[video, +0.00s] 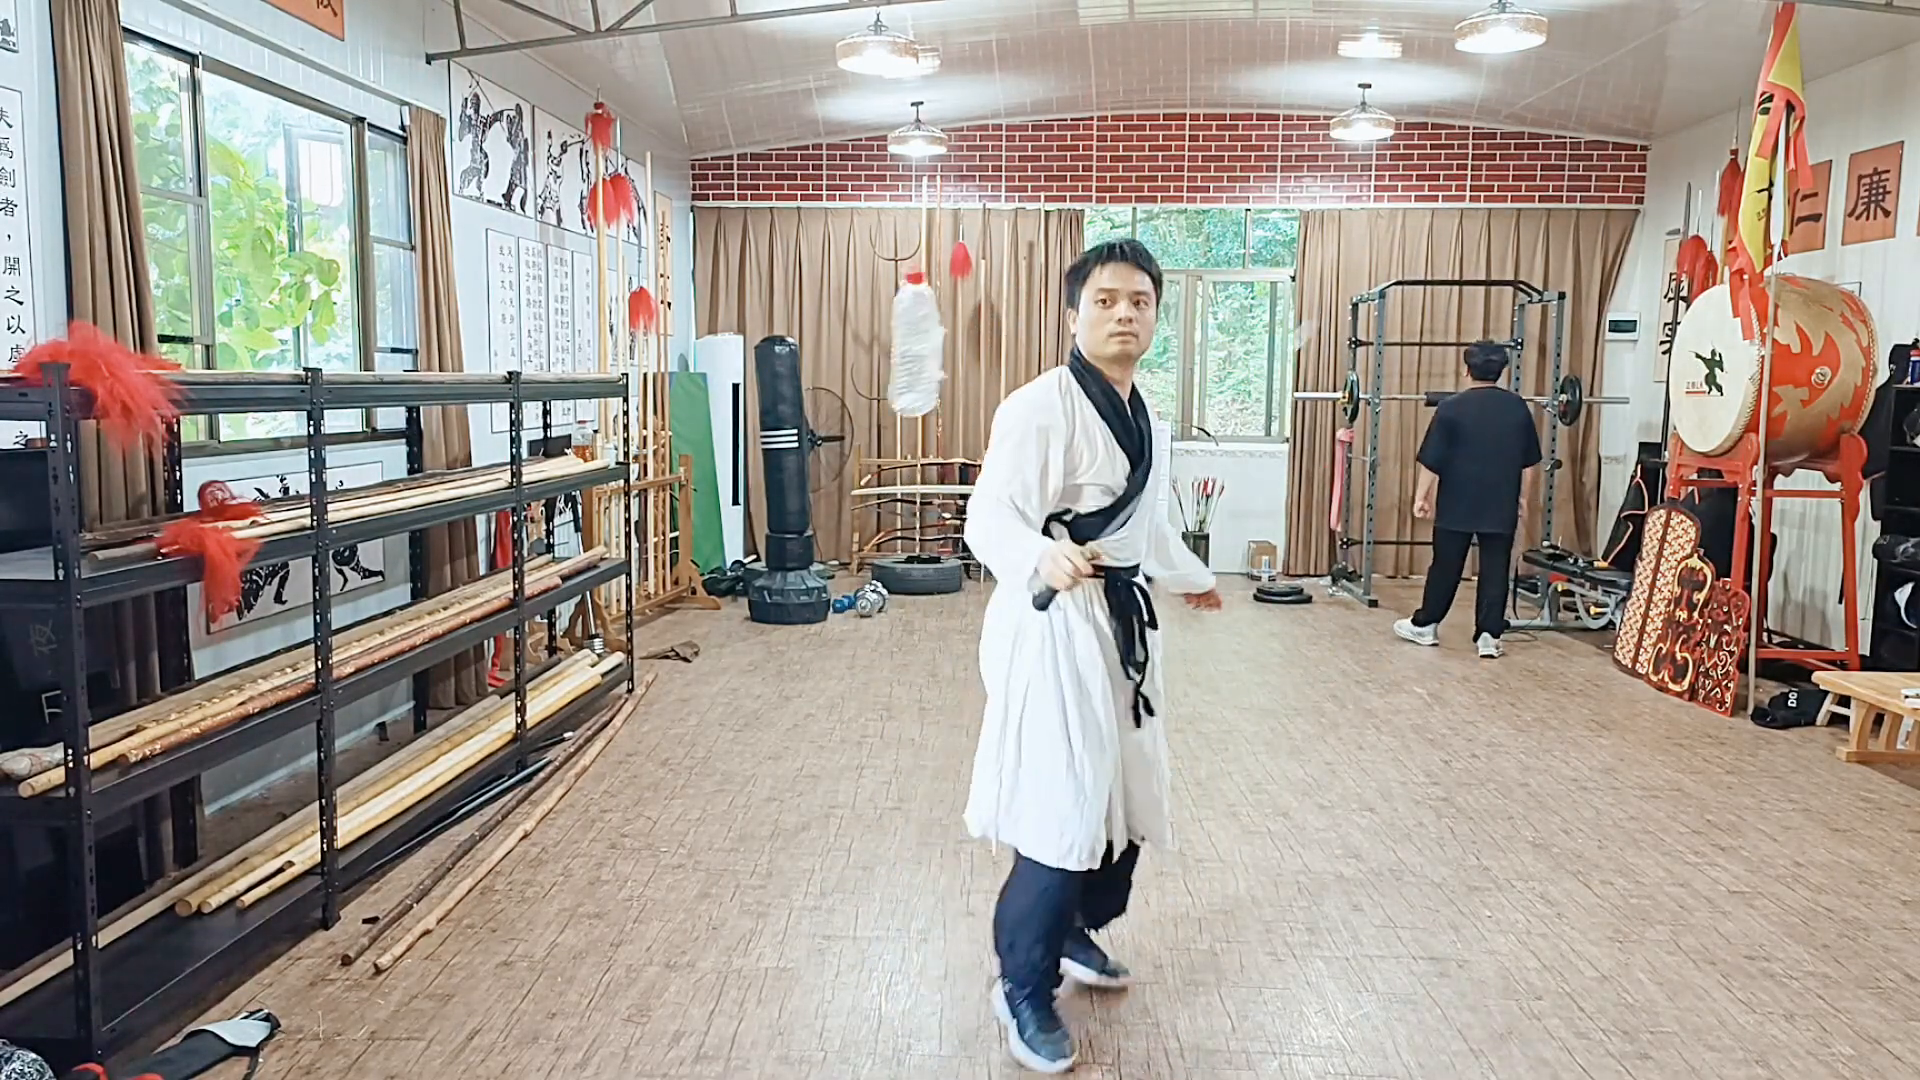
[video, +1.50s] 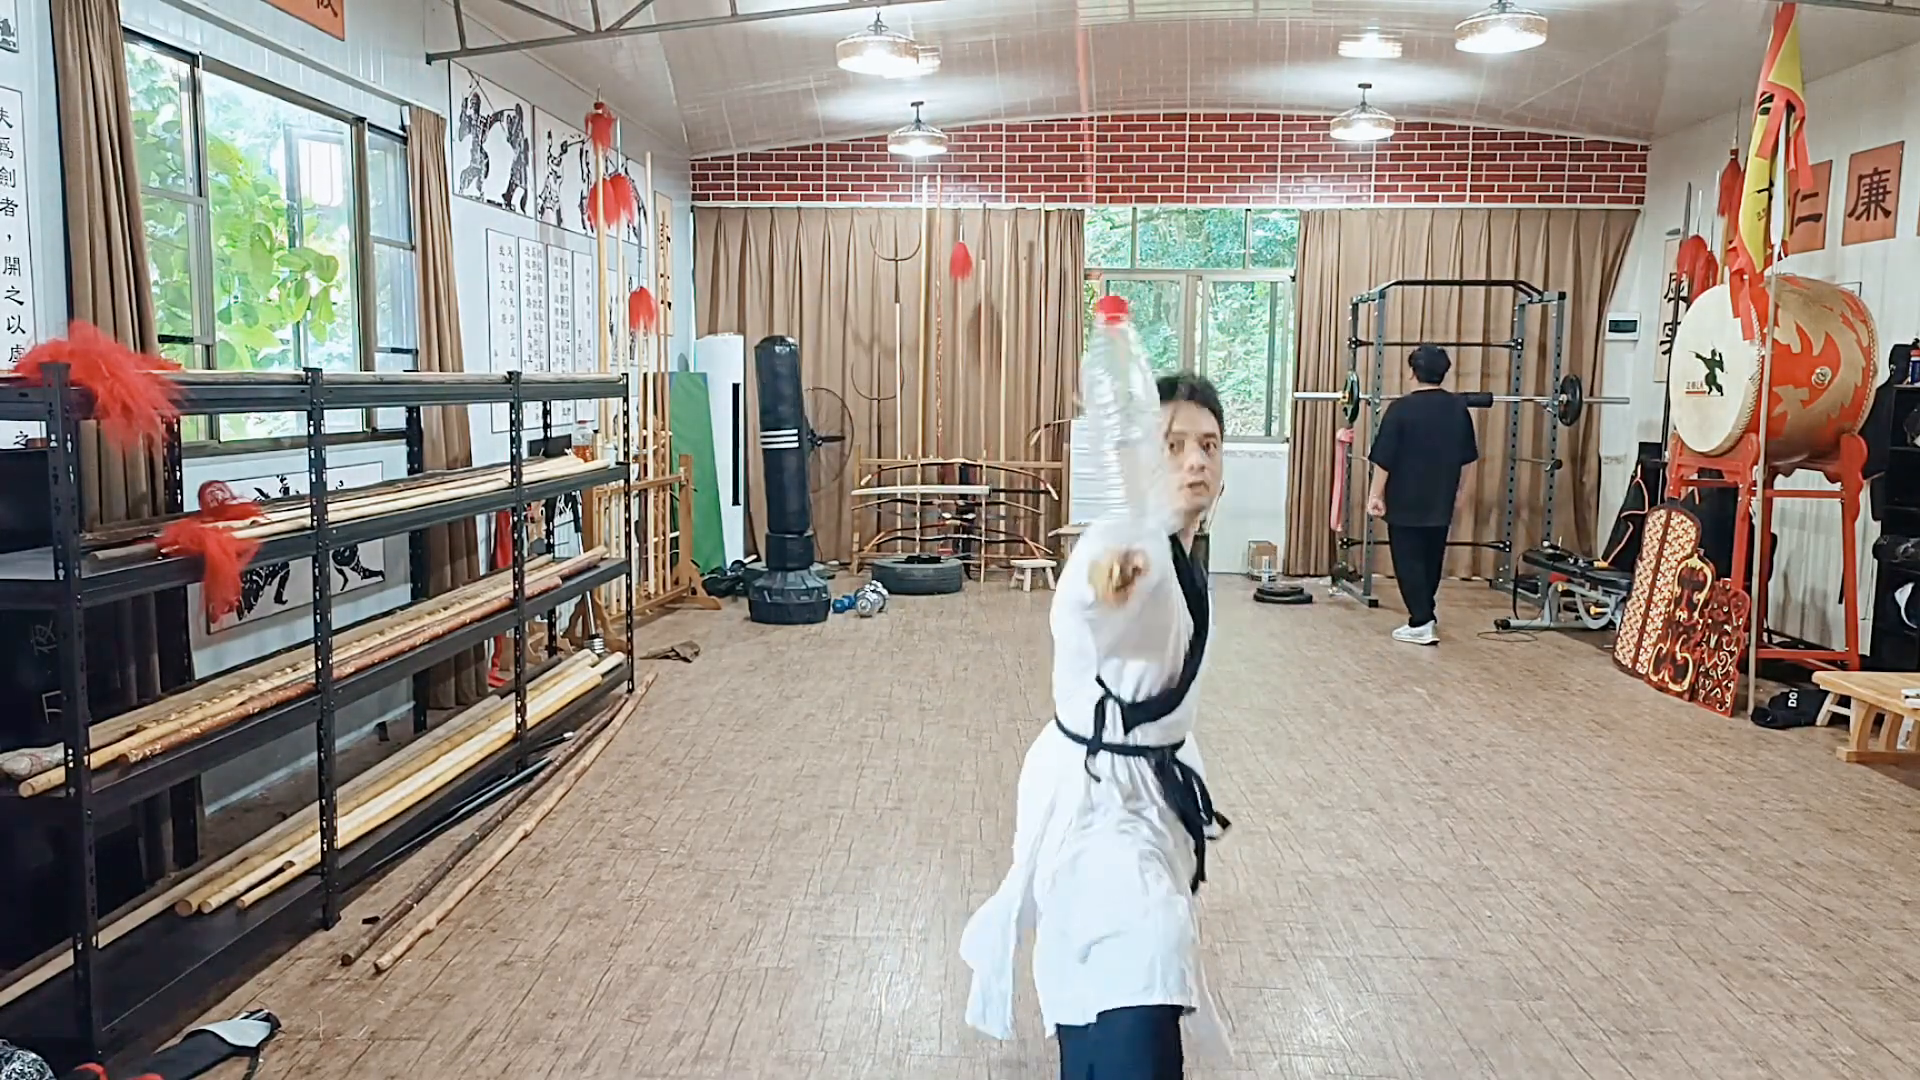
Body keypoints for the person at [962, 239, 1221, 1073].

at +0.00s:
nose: (1126, 314)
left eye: (1140, 301)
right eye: (1108, 300)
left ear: (1157, 316)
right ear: (1075, 313)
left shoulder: (1147, 416)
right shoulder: (1040, 406)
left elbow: (1151, 522)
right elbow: (989, 517)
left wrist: (1189, 578)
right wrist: (1041, 555)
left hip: (1122, 621)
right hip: (1051, 625)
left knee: (1126, 785)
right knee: (1063, 804)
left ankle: (1072, 927)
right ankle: (1024, 982)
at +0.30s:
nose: (1120, 376)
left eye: (1135, 362)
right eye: (1103, 361)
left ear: (1153, 376)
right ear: (1074, 373)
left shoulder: (1148, 458)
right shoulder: (1037, 463)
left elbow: (1150, 567)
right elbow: (996, 568)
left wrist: (1184, 640)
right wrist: (1016, 614)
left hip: (1124, 658)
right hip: (1055, 660)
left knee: (1117, 810)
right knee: (1080, 821)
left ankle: (1053, 934)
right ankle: (1040, 987)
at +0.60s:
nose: (1123, 369)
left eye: (1138, 355)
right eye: (1107, 354)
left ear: (1155, 369)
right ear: (1078, 363)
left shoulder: (1149, 449)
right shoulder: (1040, 448)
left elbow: (1202, 533)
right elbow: (998, 548)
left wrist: (1295, 561)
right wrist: (1028, 586)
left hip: (1112, 634)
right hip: (1048, 638)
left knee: (1104, 787)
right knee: (1075, 811)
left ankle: (1073, 915)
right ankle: (1034, 985)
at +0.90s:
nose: (1130, 378)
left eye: (1144, 364)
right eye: (1113, 364)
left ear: (1161, 377)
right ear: (1083, 377)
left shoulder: (1156, 464)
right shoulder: (1048, 464)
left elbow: (1227, 533)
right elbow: (1006, 566)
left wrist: (1329, 551)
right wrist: (1025, 627)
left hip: (1112, 658)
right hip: (1046, 661)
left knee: (1116, 798)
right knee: (1061, 835)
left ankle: (1078, 911)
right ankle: (1033, 1038)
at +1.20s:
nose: (1150, 420)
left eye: (1164, 404)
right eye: (1131, 404)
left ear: (1179, 414)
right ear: (1097, 414)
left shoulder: (1169, 497)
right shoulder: (1059, 514)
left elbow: (1217, 573)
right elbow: (1019, 637)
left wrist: (1315, 557)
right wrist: (1052, 696)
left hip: (1121, 707)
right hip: (1050, 712)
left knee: (1131, 855)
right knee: (1121, 889)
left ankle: (1038, 979)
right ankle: (1056, 1046)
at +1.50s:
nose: (1196, 462)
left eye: (1208, 445)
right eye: (1175, 444)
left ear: (1223, 459)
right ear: (1141, 458)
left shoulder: (1178, 553)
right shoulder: (1127, 554)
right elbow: (1121, 617)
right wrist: (1115, 588)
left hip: (1143, 780)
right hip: (1097, 792)